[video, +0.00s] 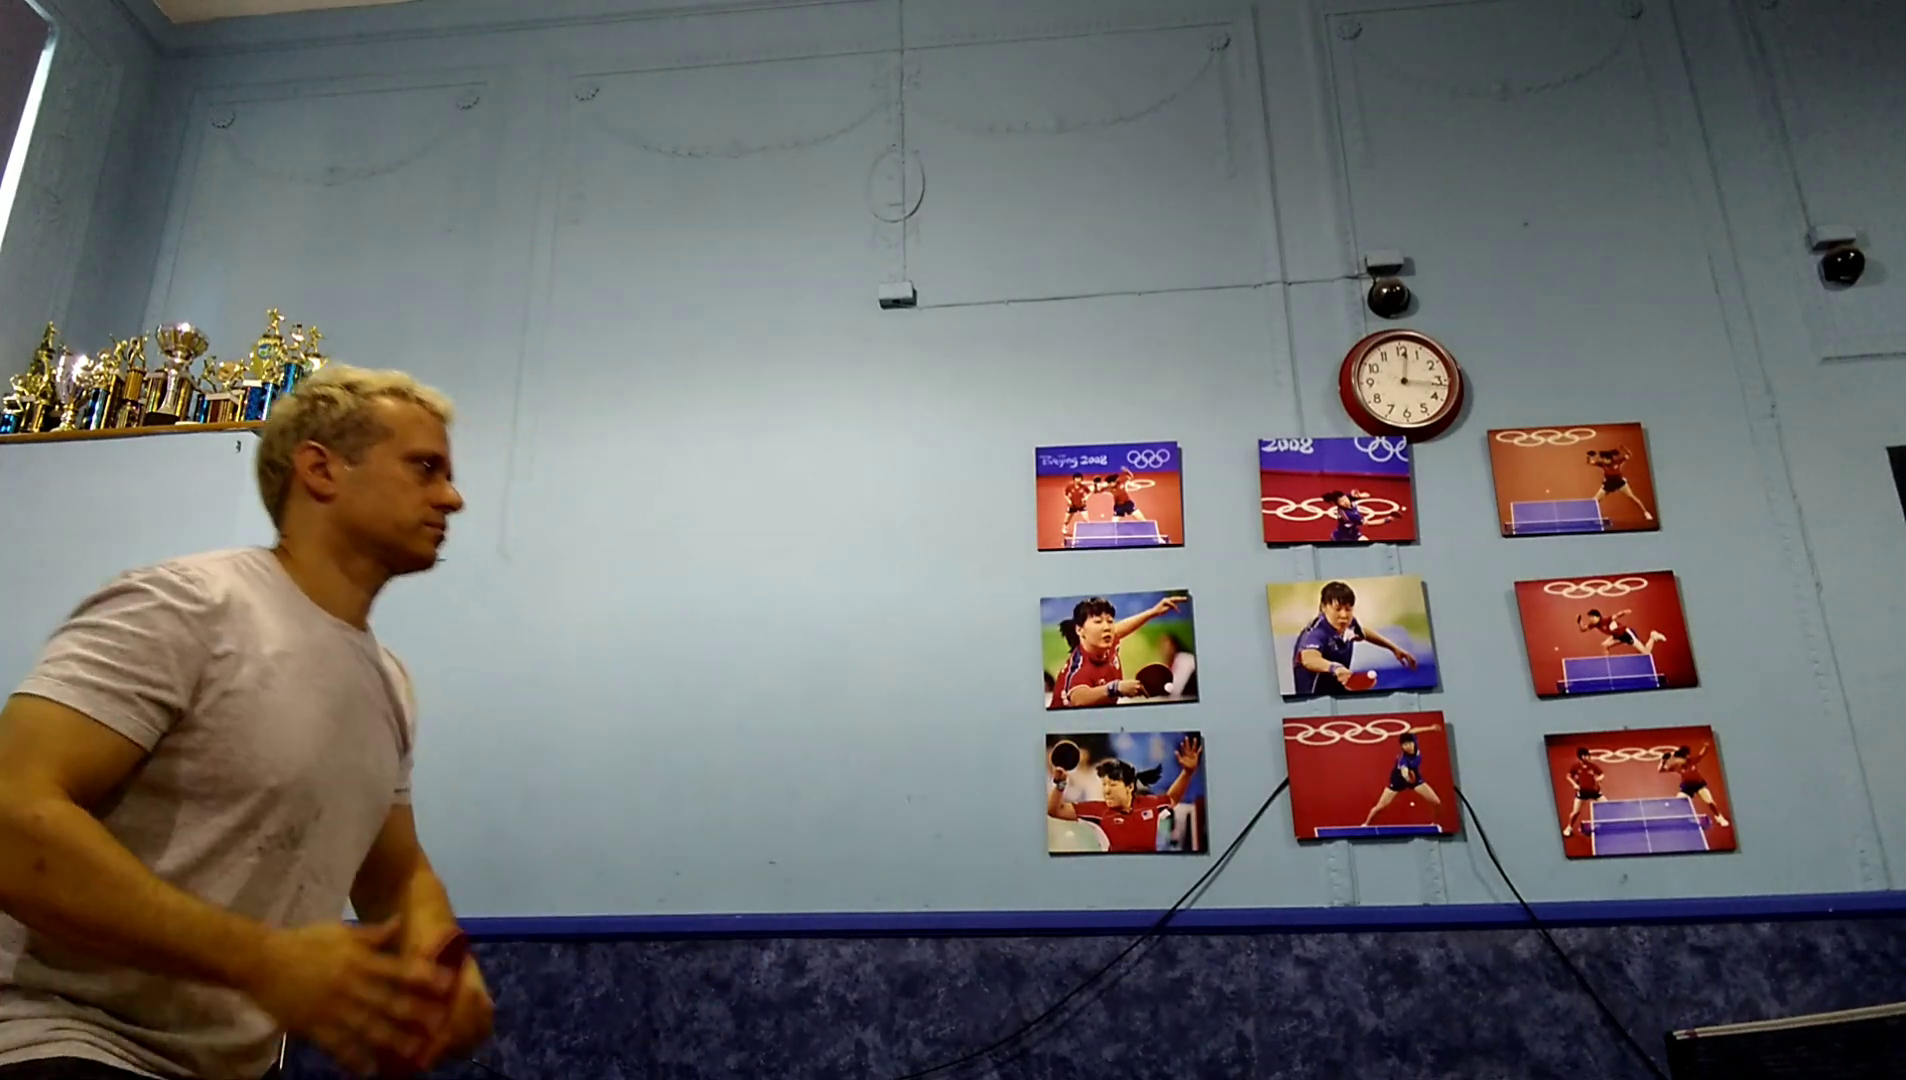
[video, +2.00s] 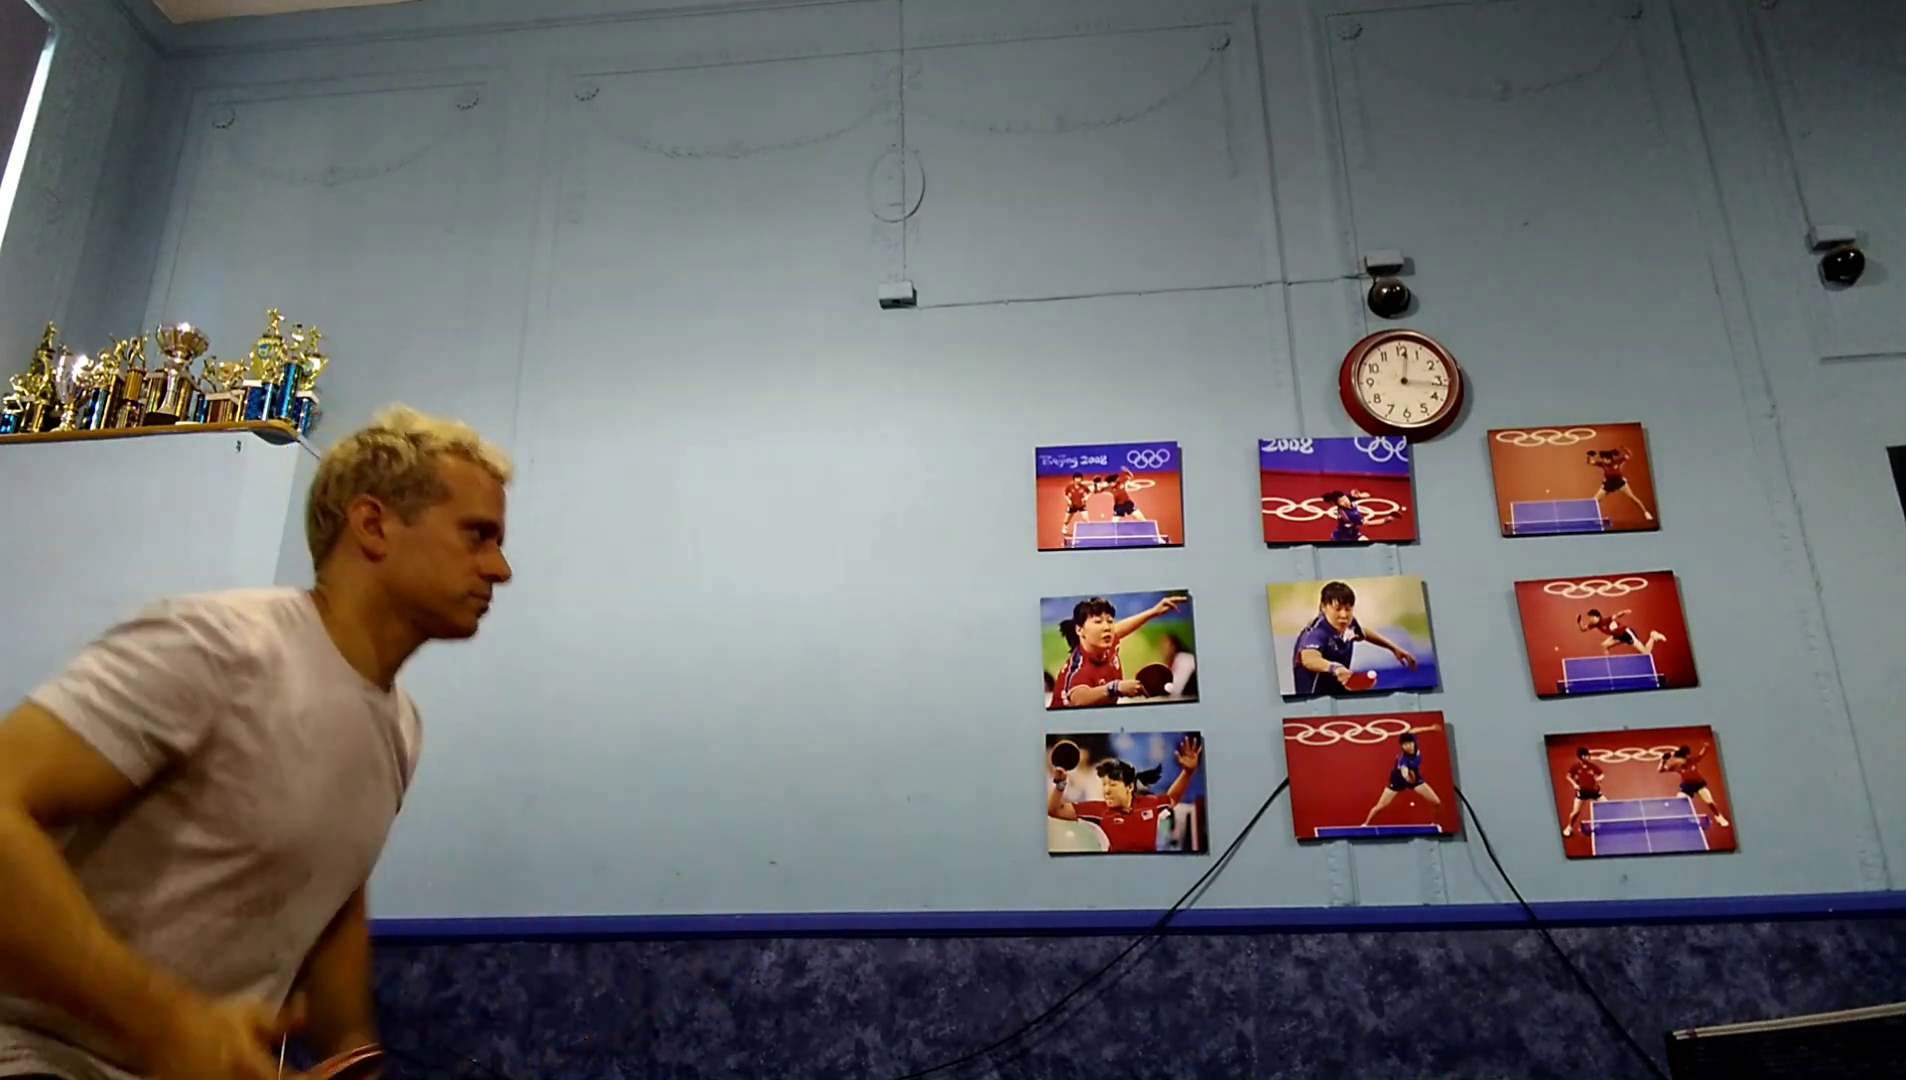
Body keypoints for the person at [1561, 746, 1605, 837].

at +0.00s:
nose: (1588, 758)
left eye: (1588, 755)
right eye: (1586, 756)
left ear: (1588, 756)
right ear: (1581, 757)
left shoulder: (1592, 766)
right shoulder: (1576, 767)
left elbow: (1602, 775)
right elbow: (1568, 776)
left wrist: (1598, 779)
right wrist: (1574, 784)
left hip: (1594, 791)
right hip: (1582, 791)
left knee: (1607, 806)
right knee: (1576, 812)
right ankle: (1569, 827)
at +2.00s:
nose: (1588, 758)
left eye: (1588, 755)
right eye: (1586, 756)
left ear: (1588, 756)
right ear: (1581, 757)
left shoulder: (1592, 766)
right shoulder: (1576, 767)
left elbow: (1602, 774)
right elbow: (1568, 776)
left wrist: (1598, 779)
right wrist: (1574, 784)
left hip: (1594, 791)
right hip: (1582, 791)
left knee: (1607, 806)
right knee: (1576, 812)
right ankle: (1569, 827)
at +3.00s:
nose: (1587, 758)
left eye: (1588, 755)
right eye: (1585, 756)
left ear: (1589, 756)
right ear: (1581, 757)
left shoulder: (1592, 766)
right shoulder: (1576, 766)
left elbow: (1602, 774)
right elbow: (1569, 776)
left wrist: (1598, 779)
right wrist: (1574, 785)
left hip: (1594, 791)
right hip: (1582, 791)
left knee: (1606, 805)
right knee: (1576, 812)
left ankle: (1606, 826)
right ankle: (1569, 827)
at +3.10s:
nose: (1587, 758)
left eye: (1588, 755)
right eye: (1585, 756)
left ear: (1589, 756)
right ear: (1581, 757)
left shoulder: (1592, 766)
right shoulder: (1576, 766)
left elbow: (1602, 774)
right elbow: (1569, 776)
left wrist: (1598, 779)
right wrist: (1574, 785)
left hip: (1594, 791)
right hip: (1582, 791)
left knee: (1606, 805)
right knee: (1576, 811)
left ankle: (1606, 826)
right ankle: (1569, 827)